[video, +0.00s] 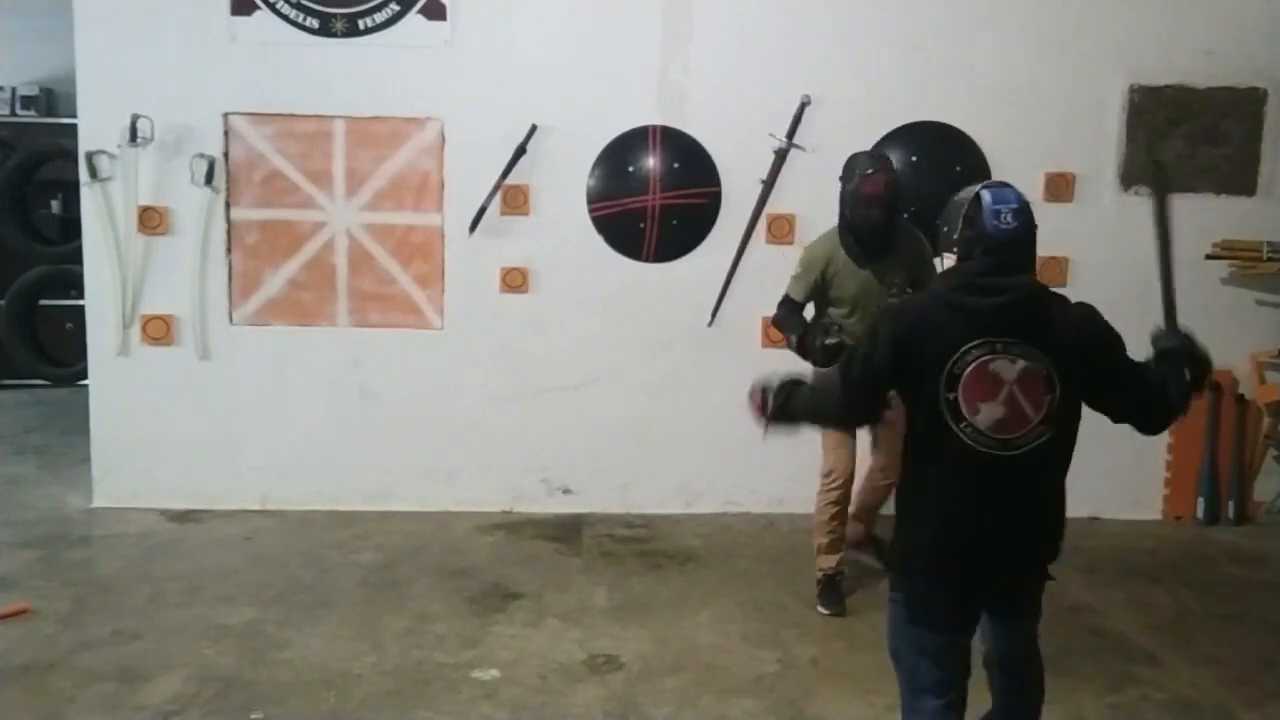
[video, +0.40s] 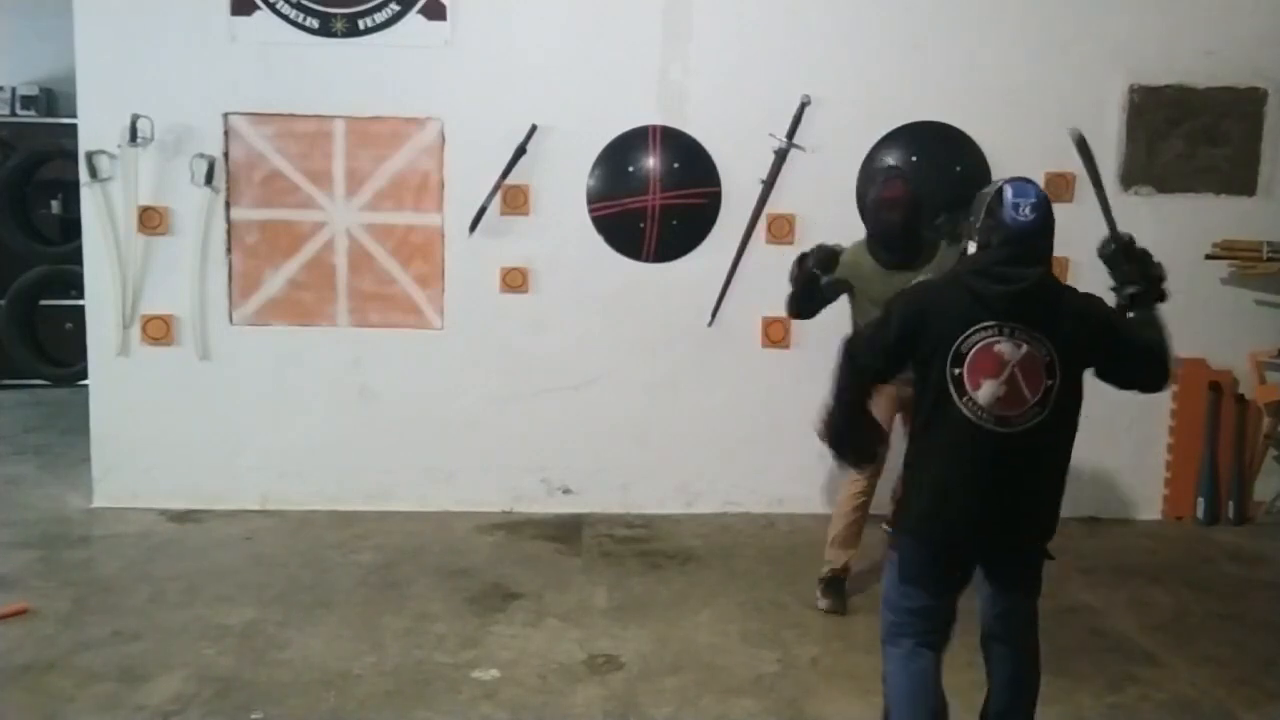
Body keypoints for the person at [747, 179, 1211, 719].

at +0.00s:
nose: (942, 247)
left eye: (948, 237)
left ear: (958, 243)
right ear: (1030, 243)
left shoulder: (914, 320)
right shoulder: (1072, 324)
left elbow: (848, 400)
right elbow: (1148, 408)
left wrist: (787, 398)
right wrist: (1178, 361)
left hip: (933, 545)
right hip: (1025, 541)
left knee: (930, 690)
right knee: (1016, 669)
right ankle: (1014, 714)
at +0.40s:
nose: (970, 235)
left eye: (977, 227)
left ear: (980, 234)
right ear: (1047, 239)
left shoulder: (933, 301)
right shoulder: (1078, 313)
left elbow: (860, 357)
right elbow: (1150, 372)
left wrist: (856, 439)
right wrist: (1139, 299)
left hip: (937, 509)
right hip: (1024, 514)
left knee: (911, 639)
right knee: (1012, 640)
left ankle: (914, 714)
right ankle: (1009, 712)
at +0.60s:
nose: (960, 227)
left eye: (965, 220)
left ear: (970, 227)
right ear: (1031, 230)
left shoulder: (930, 297)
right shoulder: (1061, 309)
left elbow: (892, 391)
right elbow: (1067, 381)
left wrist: (887, 468)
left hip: (930, 492)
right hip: (1014, 496)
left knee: (883, 621)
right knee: (1004, 632)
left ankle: (862, 710)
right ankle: (1008, 714)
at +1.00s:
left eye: (887, 205)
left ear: (882, 215)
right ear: (961, 224)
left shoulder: (858, 295)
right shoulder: (981, 304)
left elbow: (806, 375)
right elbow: (980, 401)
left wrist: (816, 445)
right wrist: (953, 451)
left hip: (857, 487)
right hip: (943, 488)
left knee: (818, 614)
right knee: (949, 596)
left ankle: (798, 709)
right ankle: (960, 702)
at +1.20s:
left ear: (875, 228)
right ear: (947, 232)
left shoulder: (845, 303)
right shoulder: (968, 307)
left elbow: (806, 383)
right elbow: (980, 369)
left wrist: (799, 449)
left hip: (854, 482)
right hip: (939, 483)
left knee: (821, 610)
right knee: (942, 591)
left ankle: (800, 709)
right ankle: (951, 695)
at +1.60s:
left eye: (901, 223)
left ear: (900, 228)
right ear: (962, 230)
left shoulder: (867, 292)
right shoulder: (989, 300)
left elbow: (826, 366)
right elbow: (1027, 374)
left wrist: (833, 405)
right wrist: (1044, 396)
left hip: (872, 466)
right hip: (952, 471)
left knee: (827, 582)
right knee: (953, 580)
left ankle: (799, 706)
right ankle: (955, 690)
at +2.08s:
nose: (956, 244)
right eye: (955, 232)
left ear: (877, 219)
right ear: (945, 229)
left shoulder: (837, 291)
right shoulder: (949, 304)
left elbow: (798, 345)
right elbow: (1022, 360)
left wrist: (849, 361)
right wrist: (1066, 317)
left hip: (833, 473)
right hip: (913, 479)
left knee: (808, 588)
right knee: (935, 581)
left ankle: (782, 707)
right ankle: (953, 677)